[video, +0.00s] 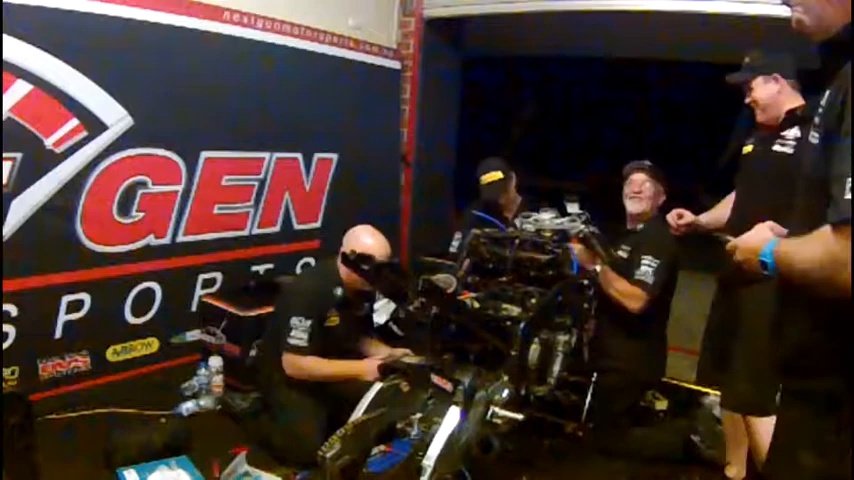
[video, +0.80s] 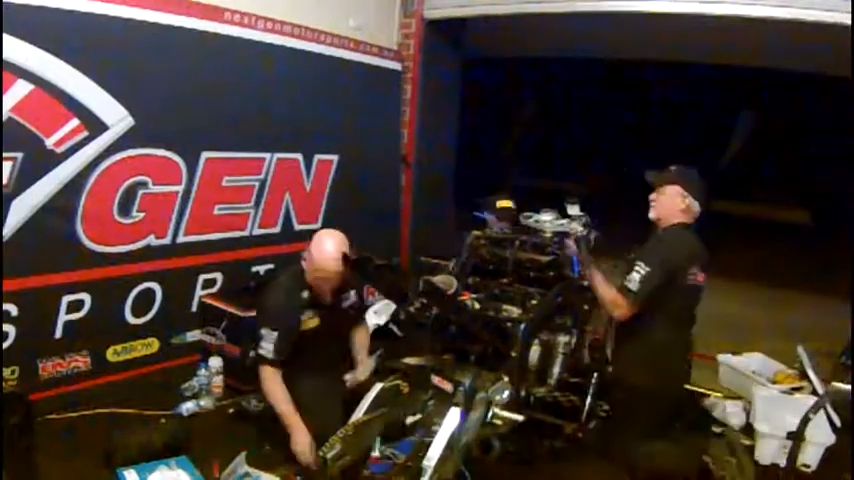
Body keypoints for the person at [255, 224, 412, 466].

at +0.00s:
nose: (374, 276)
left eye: (380, 268)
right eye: (367, 266)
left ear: (386, 266)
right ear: (345, 258)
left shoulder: (361, 292)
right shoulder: (309, 291)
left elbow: (357, 338)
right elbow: (294, 365)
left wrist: (388, 354)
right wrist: (361, 369)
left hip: (328, 376)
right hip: (289, 383)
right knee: (307, 448)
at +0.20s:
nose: (367, 307)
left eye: (370, 300)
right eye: (362, 300)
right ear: (338, 290)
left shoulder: (356, 298)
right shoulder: (297, 301)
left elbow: (385, 328)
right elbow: (299, 373)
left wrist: (418, 372)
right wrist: (374, 372)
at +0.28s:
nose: (375, 292)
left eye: (377, 284)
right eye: (369, 284)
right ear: (346, 276)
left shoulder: (364, 295)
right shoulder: (308, 298)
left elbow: (382, 345)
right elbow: (319, 374)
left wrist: (408, 367)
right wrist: (383, 378)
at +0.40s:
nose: (337, 253)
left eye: (341, 245)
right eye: (330, 245)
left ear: (346, 241)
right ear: (306, 238)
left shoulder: (345, 270)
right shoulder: (287, 280)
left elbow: (379, 309)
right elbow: (293, 353)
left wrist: (409, 355)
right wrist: (354, 364)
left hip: (345, 389)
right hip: (302, 398)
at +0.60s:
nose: (387, 260)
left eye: (390, 253)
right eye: (379, 252)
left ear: (393, 252)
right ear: (353, 252)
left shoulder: (373, 287)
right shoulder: (321, 286)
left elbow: (380, 343)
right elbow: (340, 361)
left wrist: (417, 372)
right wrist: (395, 376)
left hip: (340, 368)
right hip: (301, 372)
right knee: (325, 441)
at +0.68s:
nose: (380, 284)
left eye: (385, 275)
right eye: (374, 275)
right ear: (353, 265)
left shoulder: (372, 294)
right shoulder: (311, 291)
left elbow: (384, 347)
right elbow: (300, 367)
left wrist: (422, 377)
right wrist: (372, 370)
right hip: (300, 388)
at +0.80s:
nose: (326, 286)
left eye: (333, 279)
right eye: (319, 278)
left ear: (345, 267)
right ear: (305, 262)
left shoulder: (349, 284)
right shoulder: (283, 297)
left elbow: (358, 324)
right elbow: (268, 370)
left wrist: (363, 362)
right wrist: (296, 430)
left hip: (335, 375)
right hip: (297, 377)